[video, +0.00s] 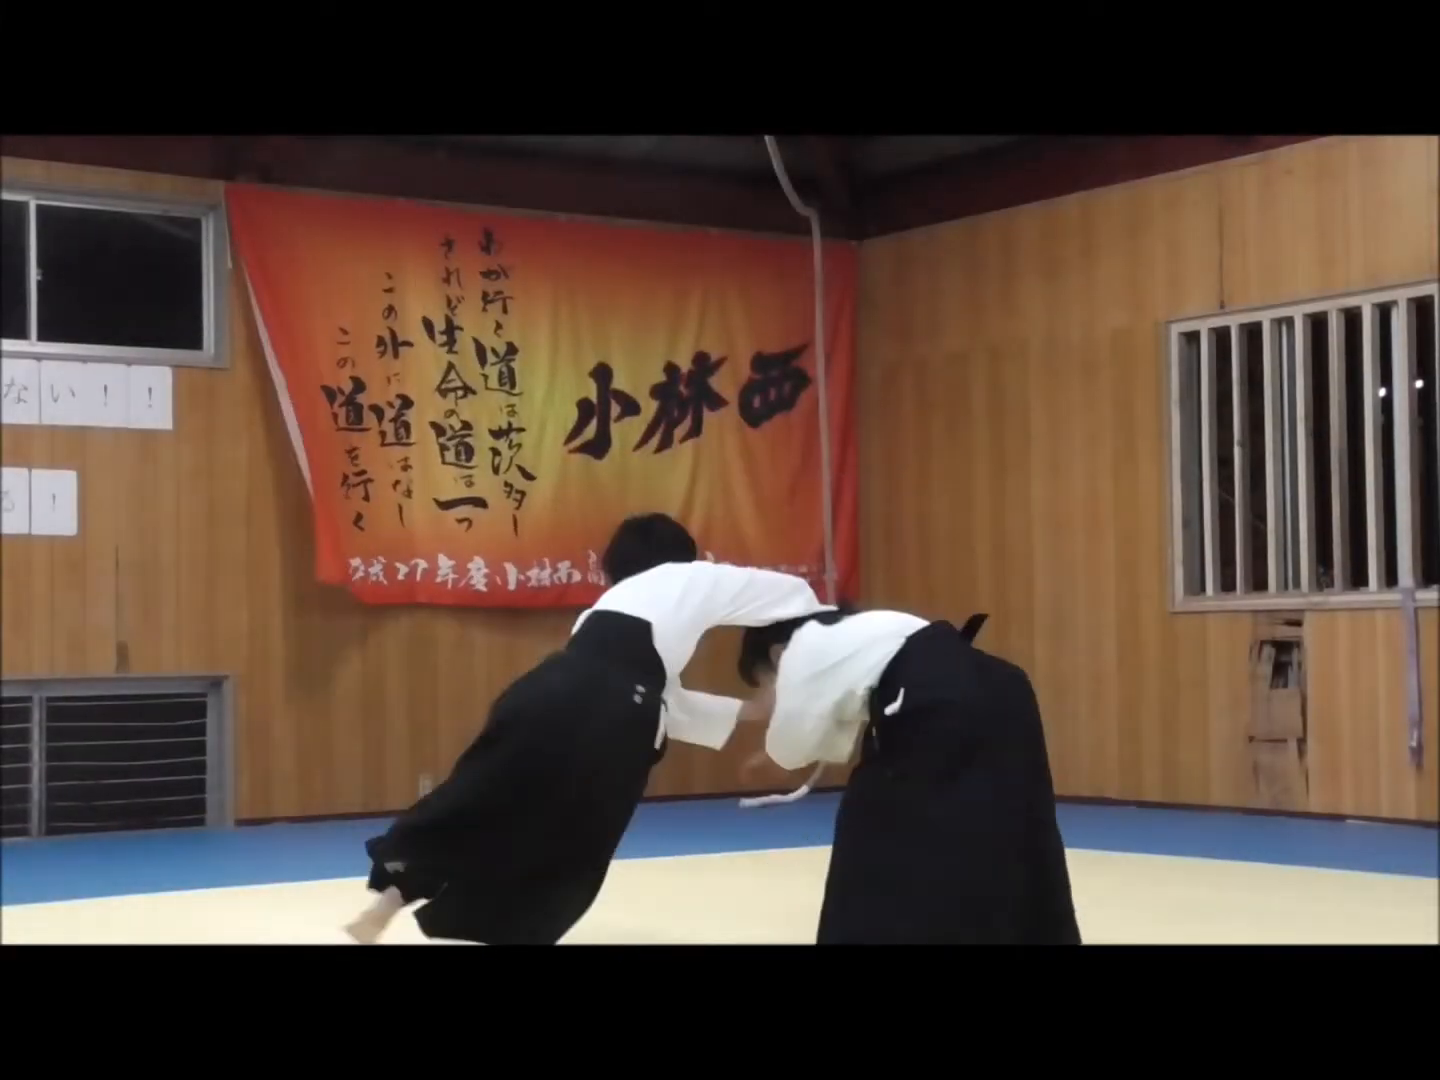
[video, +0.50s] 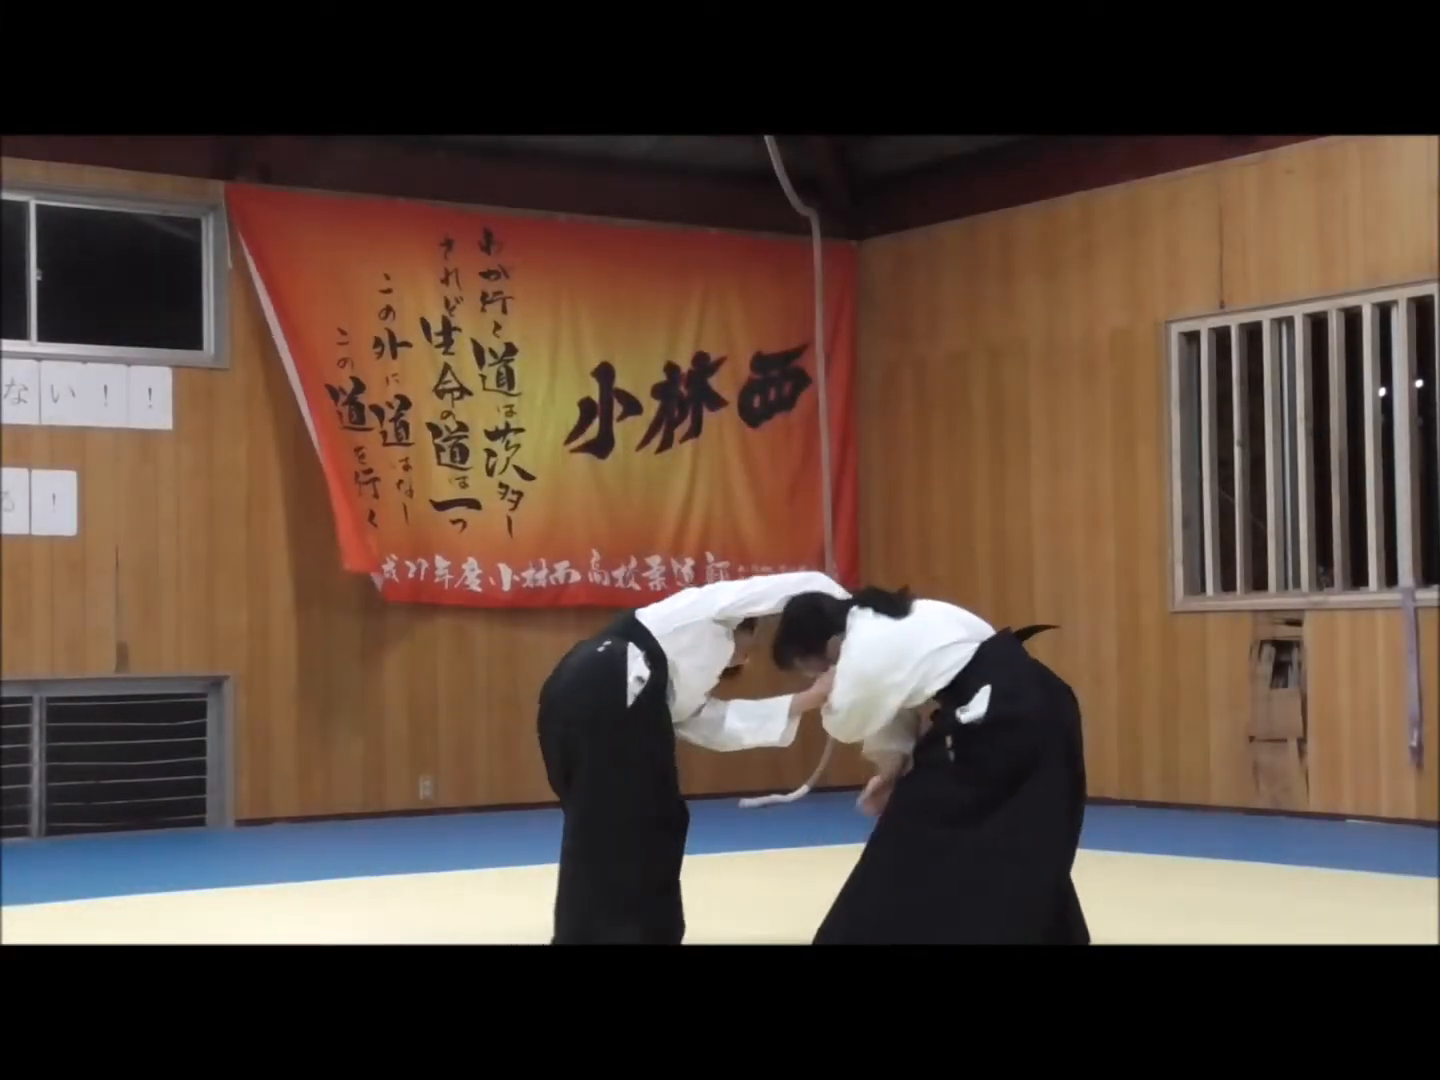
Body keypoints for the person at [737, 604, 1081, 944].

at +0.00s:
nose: (773, 702)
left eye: (768, 689)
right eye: (765, 694)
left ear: (781, 654)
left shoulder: (809, 644)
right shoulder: (866, 632)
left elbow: (787, 752)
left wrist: (766, 766)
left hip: (931, 715)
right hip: (1008, 693)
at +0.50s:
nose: (817, 676)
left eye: (813, 667)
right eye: (810, 672)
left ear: (831, 645)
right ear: (836, 621)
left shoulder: (862, 652)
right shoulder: (886, 615)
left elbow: (842, 727)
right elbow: (911, 716)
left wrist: (831, 685)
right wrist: (891, 773)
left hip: (996, 719)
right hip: (1047, 703)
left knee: (908, 836)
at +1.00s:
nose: (828, 532)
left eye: (828, 519)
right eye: (824, 520)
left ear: (855, 513)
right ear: (877, 504)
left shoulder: (872, 552)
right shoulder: (922, 533)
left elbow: (830, 627)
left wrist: (795, 620)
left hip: (963, 683)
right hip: (1015, 670)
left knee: (912, 818)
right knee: (1010, 820)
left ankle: (905, 931)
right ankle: (1007, 931)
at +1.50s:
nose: (846, 467)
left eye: (850, 457)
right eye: (845, 457)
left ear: (875, 458)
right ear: (902, 456)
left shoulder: (871, 507)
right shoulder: (924, 502)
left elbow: (797, 542)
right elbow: (823, 542)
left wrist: (777, 488)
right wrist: (776, 510)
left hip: (901, 664)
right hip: (954, 659)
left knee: (882, 802)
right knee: (949, 807)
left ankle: (880, 928)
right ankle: (944, 929)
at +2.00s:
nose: (751, 527)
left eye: (754, 518)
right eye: (752, 519)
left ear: (769, 518)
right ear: (807, 515)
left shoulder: (748, 561)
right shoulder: (835, 554)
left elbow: (680, 563)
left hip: (799, 690)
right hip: (868, 683)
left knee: (786, 821)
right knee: (898, 812)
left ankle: (772, 931)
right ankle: (929, 928)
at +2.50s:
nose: (678, 631)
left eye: (677, 621)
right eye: (677, 623)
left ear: (689, 609)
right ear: (728, 595)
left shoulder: (695, 640)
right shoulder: (772, 606)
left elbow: (683, 751)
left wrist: (686, 832)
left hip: (777, 697)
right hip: (847, 680)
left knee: (770, 826)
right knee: (892, 798)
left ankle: (764, 928)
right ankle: (945, 923)